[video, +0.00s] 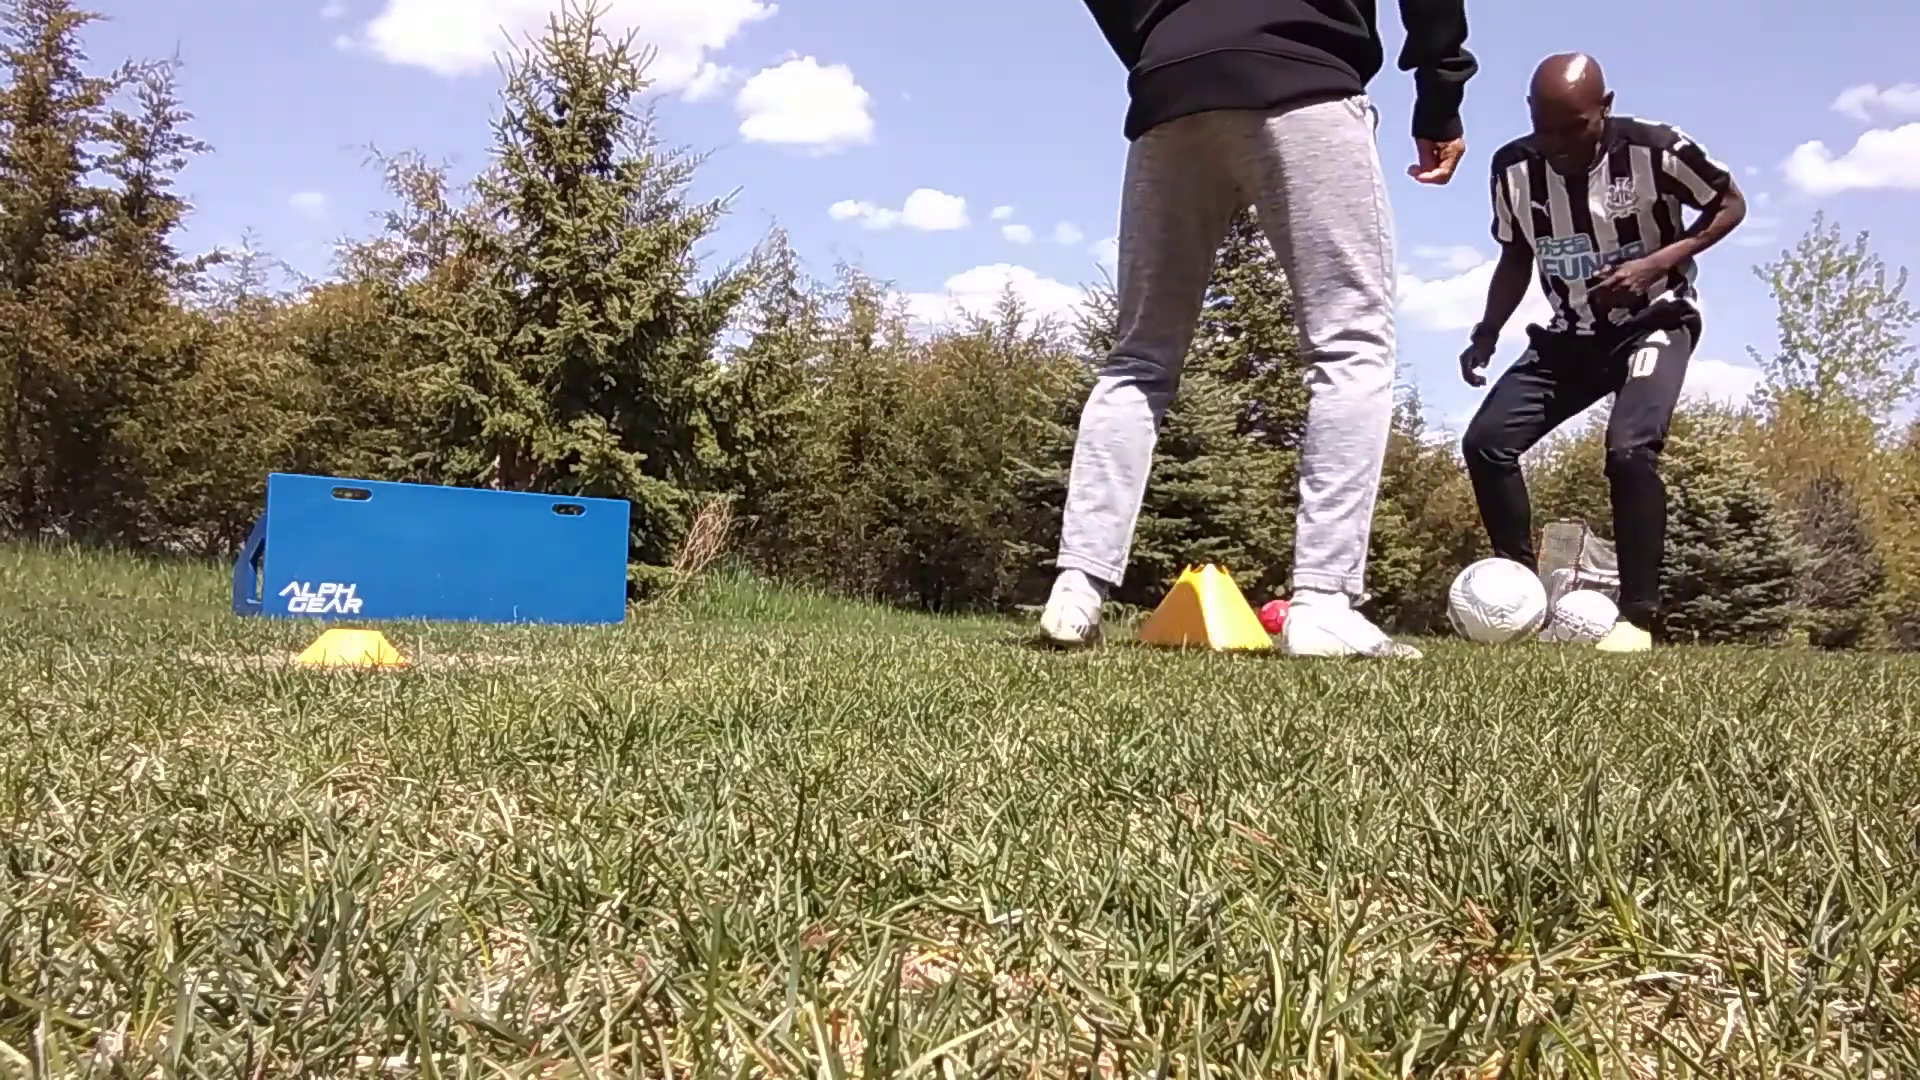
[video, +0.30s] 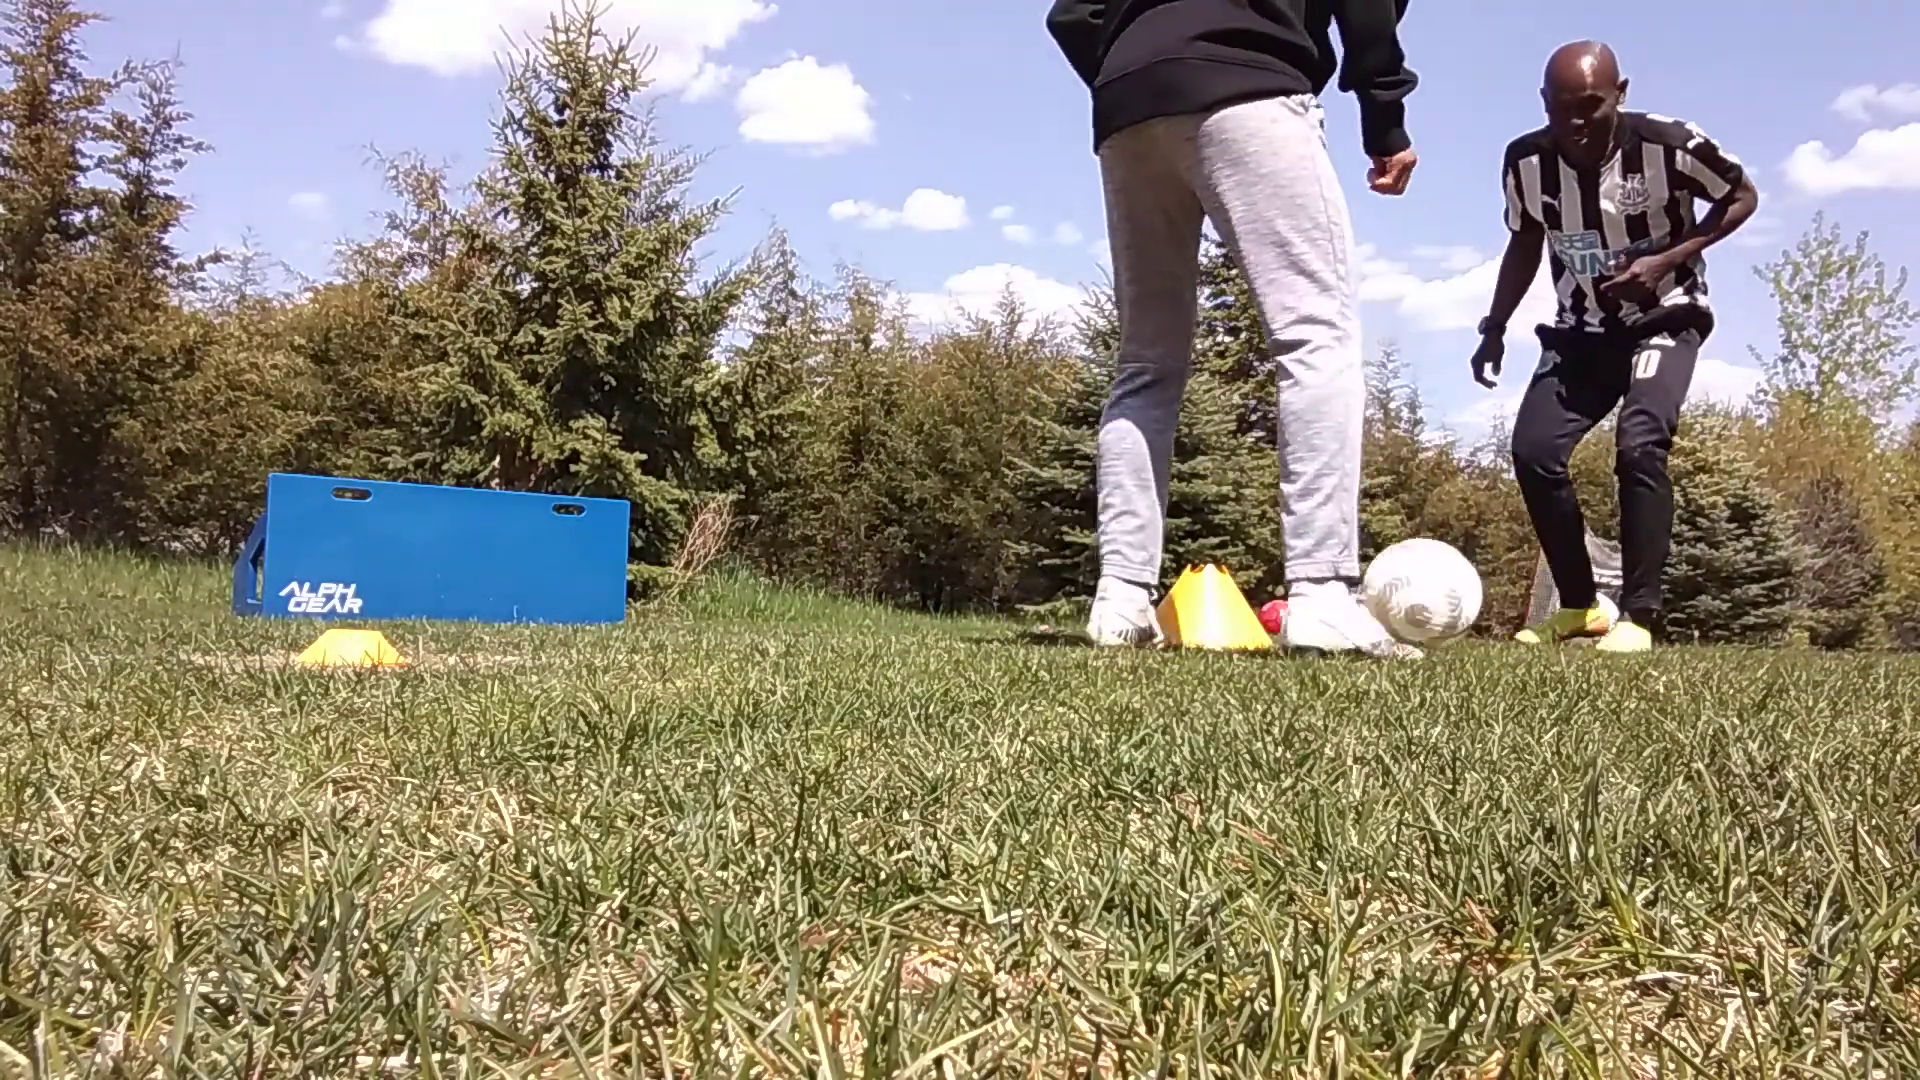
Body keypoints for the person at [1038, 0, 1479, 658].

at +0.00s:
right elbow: (1432, 5)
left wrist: (1163, 61)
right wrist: (1439, 101)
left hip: (1169, 82)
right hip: (1302, 72)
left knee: (1138, 360)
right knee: (1350, 349)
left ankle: (1075, 592)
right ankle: (1324, 603)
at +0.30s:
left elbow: (1069, 12)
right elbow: (1368, 3)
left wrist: (1134, 92)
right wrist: (1384, 115)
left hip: (1123, 87)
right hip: (1247, 67)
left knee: (1145, 366)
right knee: (1316, 337)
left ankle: (1120, 600)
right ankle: (1322, 597)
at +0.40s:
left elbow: (1050, 26)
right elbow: (1304, 11)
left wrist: (1118, 97)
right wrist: (1351, 107)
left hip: (1097, 100)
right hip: (1207, 77)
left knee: (1140, 374)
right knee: (1338, 302)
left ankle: (1119, 598)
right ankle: (1299, 535)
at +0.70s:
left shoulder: (1082, 2)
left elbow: (1038, 63)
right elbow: (1222, 29)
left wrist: (1100, 120)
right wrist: (1275, 136)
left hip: (1056, 139)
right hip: (1156, 119)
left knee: (1130, 376)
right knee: (1270, 334)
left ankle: (1114, 586)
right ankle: (1258, 583)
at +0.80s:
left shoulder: (1069, 5)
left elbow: (1015, 84)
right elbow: (1267, 58)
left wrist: (1082, 146)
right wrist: (1303, 190)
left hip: (1049, 168)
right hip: (1153, 146)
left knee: (1108, 379)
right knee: (1255, 373)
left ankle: (1065, 545)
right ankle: (1245, 603)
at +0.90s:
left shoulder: (1044, 6)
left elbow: (989, 97)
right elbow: (1237, 65)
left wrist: (1054, 166)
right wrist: (1287, 196)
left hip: (1024, 187)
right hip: (1129, 166)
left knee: (1067, 396)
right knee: (1236, 377)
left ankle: (974, 574)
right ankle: (1244, 603)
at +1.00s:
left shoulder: (1009, 4)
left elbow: (951, 70)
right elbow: (1147, 40)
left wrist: (1015, 136)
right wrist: (1215, 149)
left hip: (986, 171)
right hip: (1083, 154)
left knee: (999, 401)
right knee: (1172, 367)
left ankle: (934, 588)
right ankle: (1197, 584)